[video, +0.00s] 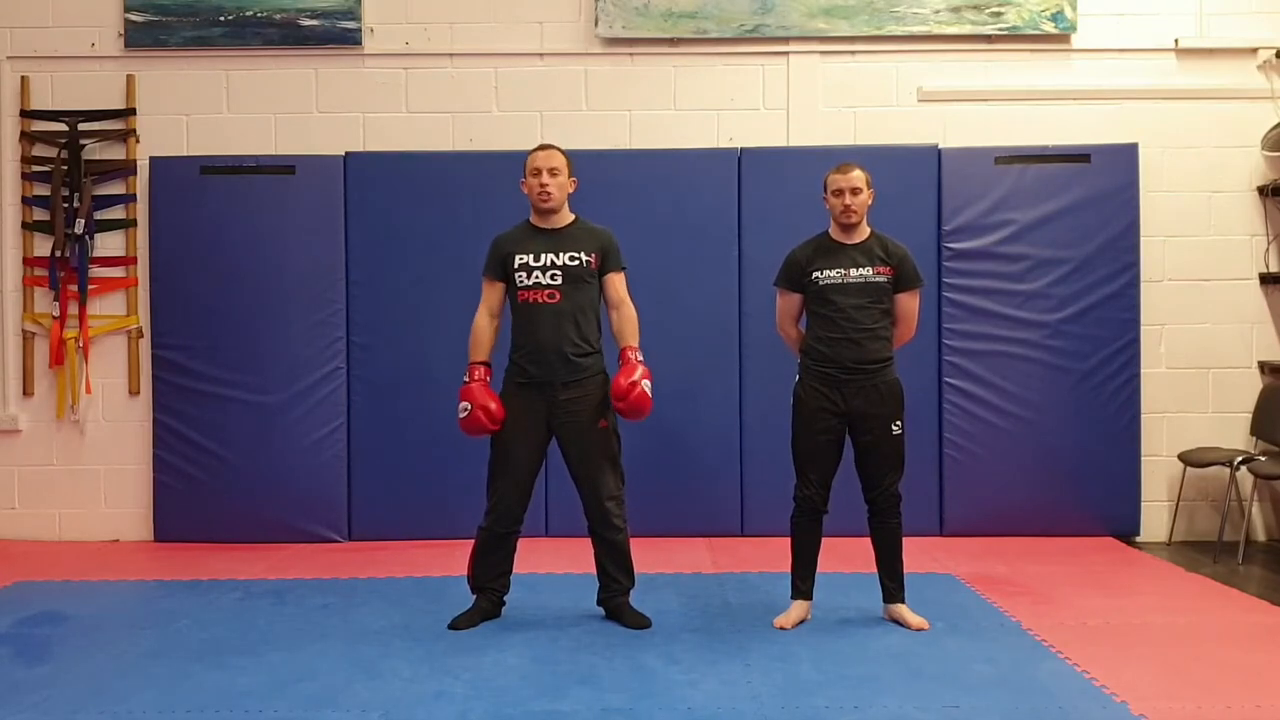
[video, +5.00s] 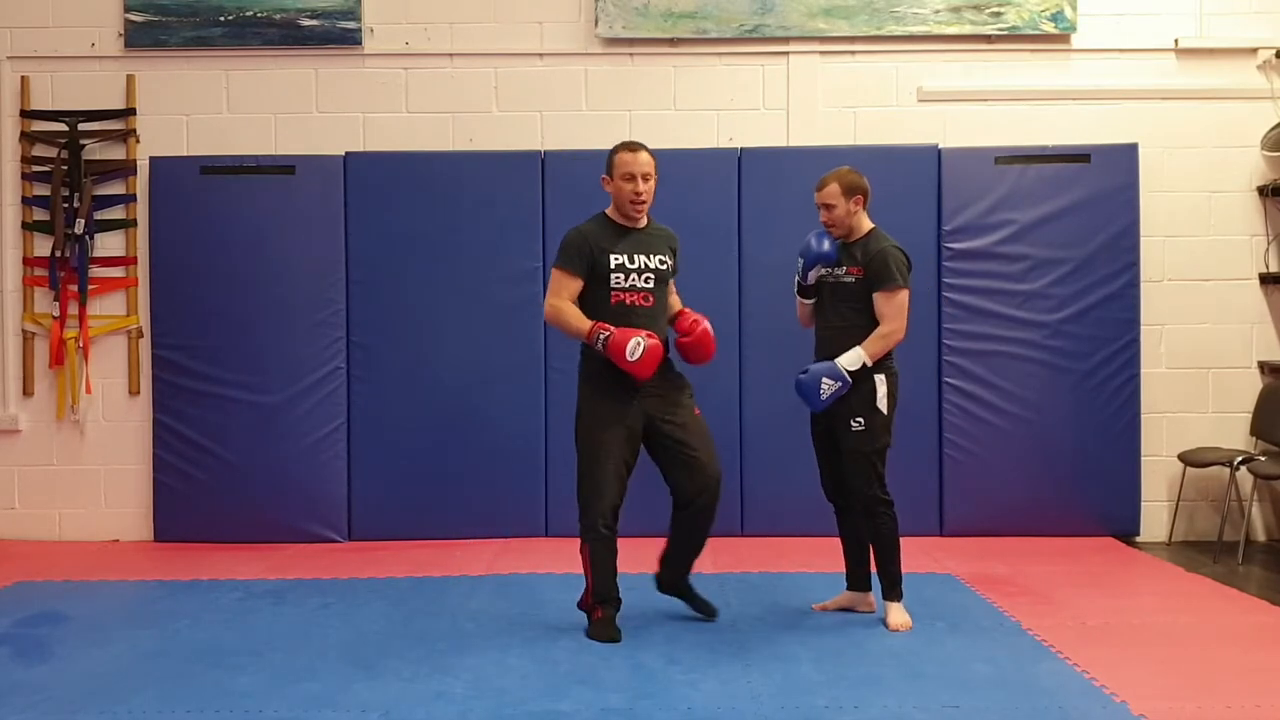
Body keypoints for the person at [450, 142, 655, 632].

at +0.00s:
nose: (543, 181)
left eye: (552, 174)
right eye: (535, 174)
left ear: (571, 183)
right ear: (525, 184)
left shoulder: (598, 240)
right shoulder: (507, 245)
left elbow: (620, 304)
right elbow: (488, 314)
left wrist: (632, 360)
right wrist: (476, 376)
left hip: (586, 389)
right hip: (524, 390)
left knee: (606, 500)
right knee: (504, 501)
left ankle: (616, 597)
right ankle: (488, 597)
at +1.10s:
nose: (556, 173)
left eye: (562, 166)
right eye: (545, 168)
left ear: (576, 181)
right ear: (530, 186)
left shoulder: (601, 239)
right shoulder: (508, 238)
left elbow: (626, 303)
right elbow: (478, 298)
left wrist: (635, 364)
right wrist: (516, 318)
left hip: (587, 387)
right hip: (527, 388)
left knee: (607, 498)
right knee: (505, 497)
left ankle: (616, 597)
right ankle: (488, 597)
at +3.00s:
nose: (543, 192)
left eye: (552, 183)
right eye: (535, 184)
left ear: (575, 185)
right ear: (527, 188)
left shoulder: (603, 242)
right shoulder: (514, 240)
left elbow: (622, 311)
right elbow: (486, 305)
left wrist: (633, 373)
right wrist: (515, 257)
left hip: (587, 389)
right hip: (527, 389)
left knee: (607, 500)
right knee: (505, 498)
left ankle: (616, 598)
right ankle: (488, 597)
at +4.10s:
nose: (612, 188)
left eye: (612, 180)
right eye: (602, 179)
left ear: (594, 186)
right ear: (569, 184)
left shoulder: (602, 246)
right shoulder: (530, 238)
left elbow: (606, 310)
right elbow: (501, 304)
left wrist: (637, 347)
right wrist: (562, 319)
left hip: (594, 390)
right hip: (540, 392)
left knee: (608, 497)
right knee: (514, 498)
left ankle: (614, 595)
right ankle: (489, 596)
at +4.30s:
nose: (649, 192)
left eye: (650, 184)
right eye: (640, 183)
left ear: (627, 189)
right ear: (609, 185)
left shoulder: (633, 250)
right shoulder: (565, 231)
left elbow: (651, 312)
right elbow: (530, 291)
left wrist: (701, 314)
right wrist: (586, 318)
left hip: (614, 388)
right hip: (560, 386)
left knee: (619, 496)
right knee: (529, 494)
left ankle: (615, 594)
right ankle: (491, 590)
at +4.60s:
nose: (671, 191)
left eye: (674, 183)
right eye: (662, 180)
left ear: (671, 189)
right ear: (632, 181)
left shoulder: (663, 251)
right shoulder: (589, 227)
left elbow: (674, 315)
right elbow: (547, 286)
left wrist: (719, 314)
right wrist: (595, 319)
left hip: (633, 380)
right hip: (582, 375)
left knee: (631, 489)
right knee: (579, 485)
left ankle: (616, 593)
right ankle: (567, 598)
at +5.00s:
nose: (640, 188)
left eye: (647, 178)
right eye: (629, 179)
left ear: (655, 182)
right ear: (608, 183)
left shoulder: (665, 242)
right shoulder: (584, 240)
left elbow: (666, 294)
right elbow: (556, 307)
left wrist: (686, 322)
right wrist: (606, 336)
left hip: (664, 385)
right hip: (608, 389)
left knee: (703, 480)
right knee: (601, 500)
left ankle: (674, 573)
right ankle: (602, 607)